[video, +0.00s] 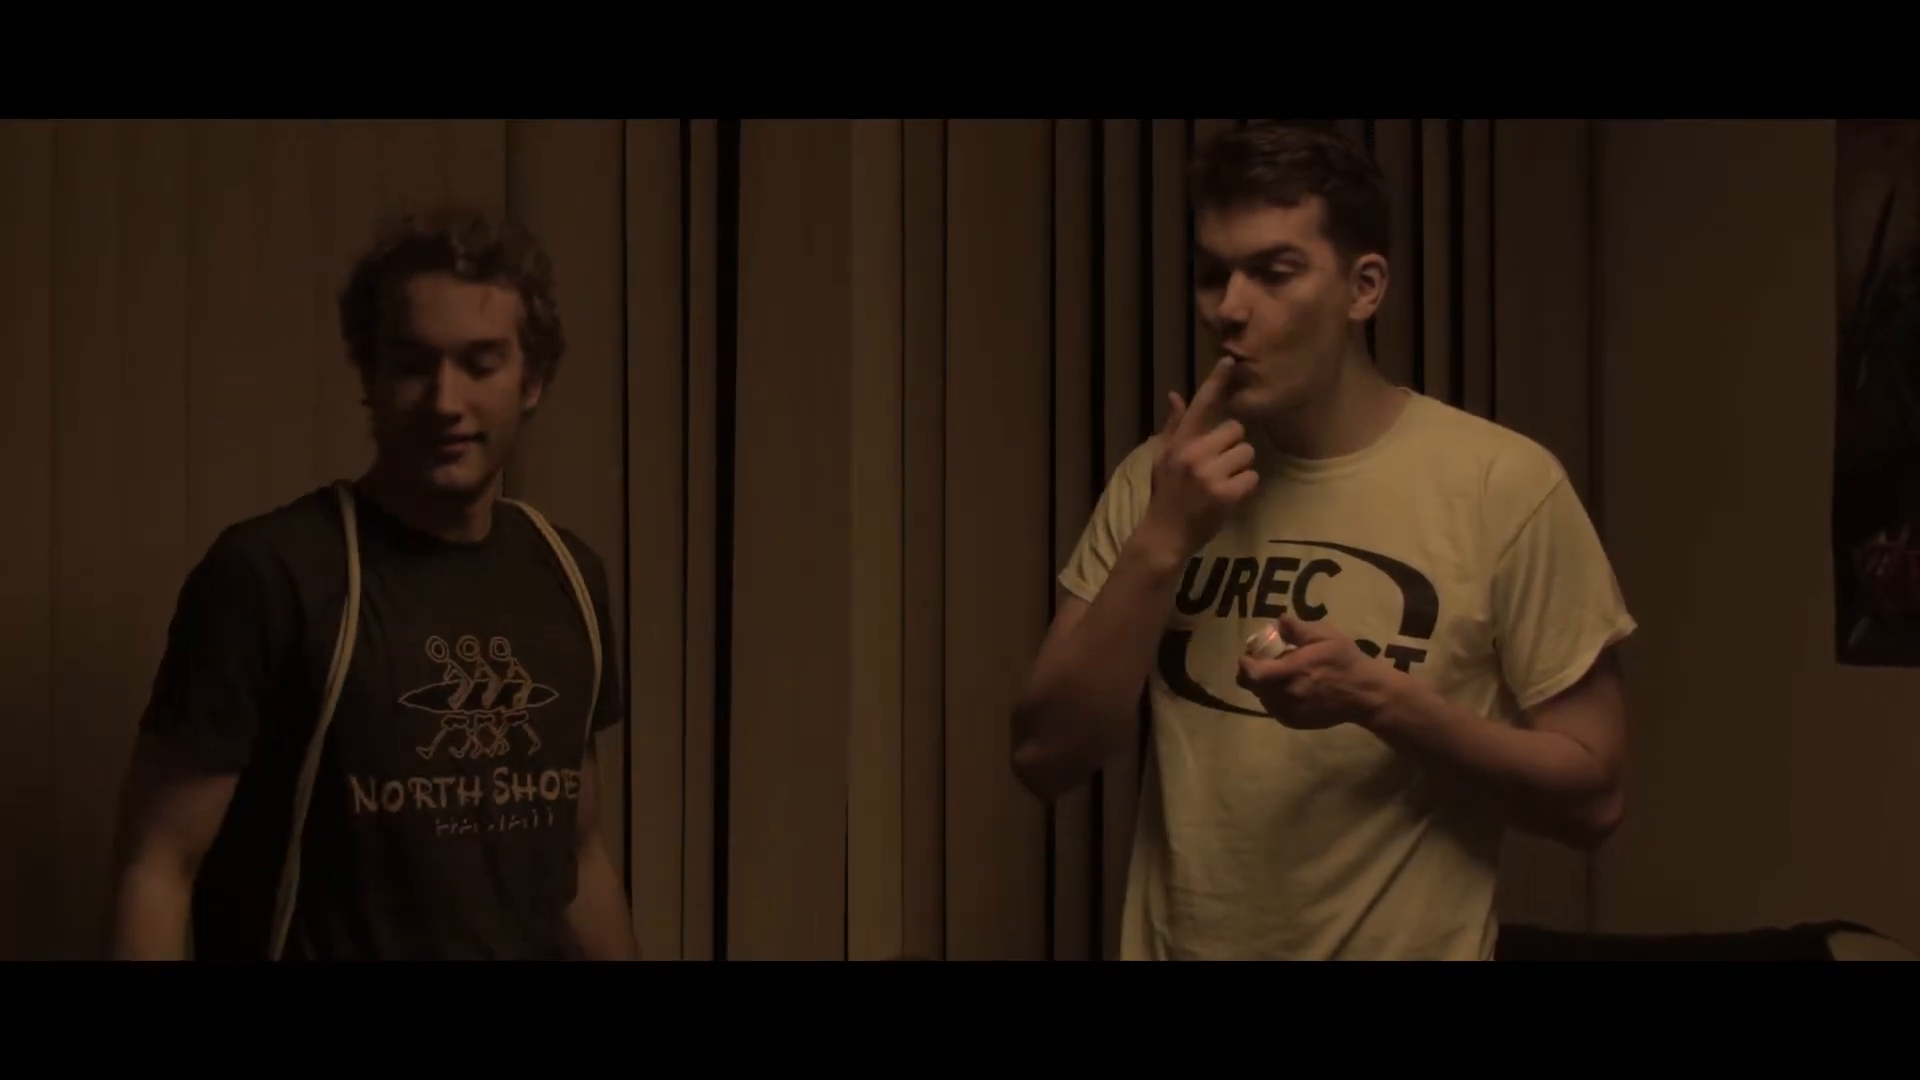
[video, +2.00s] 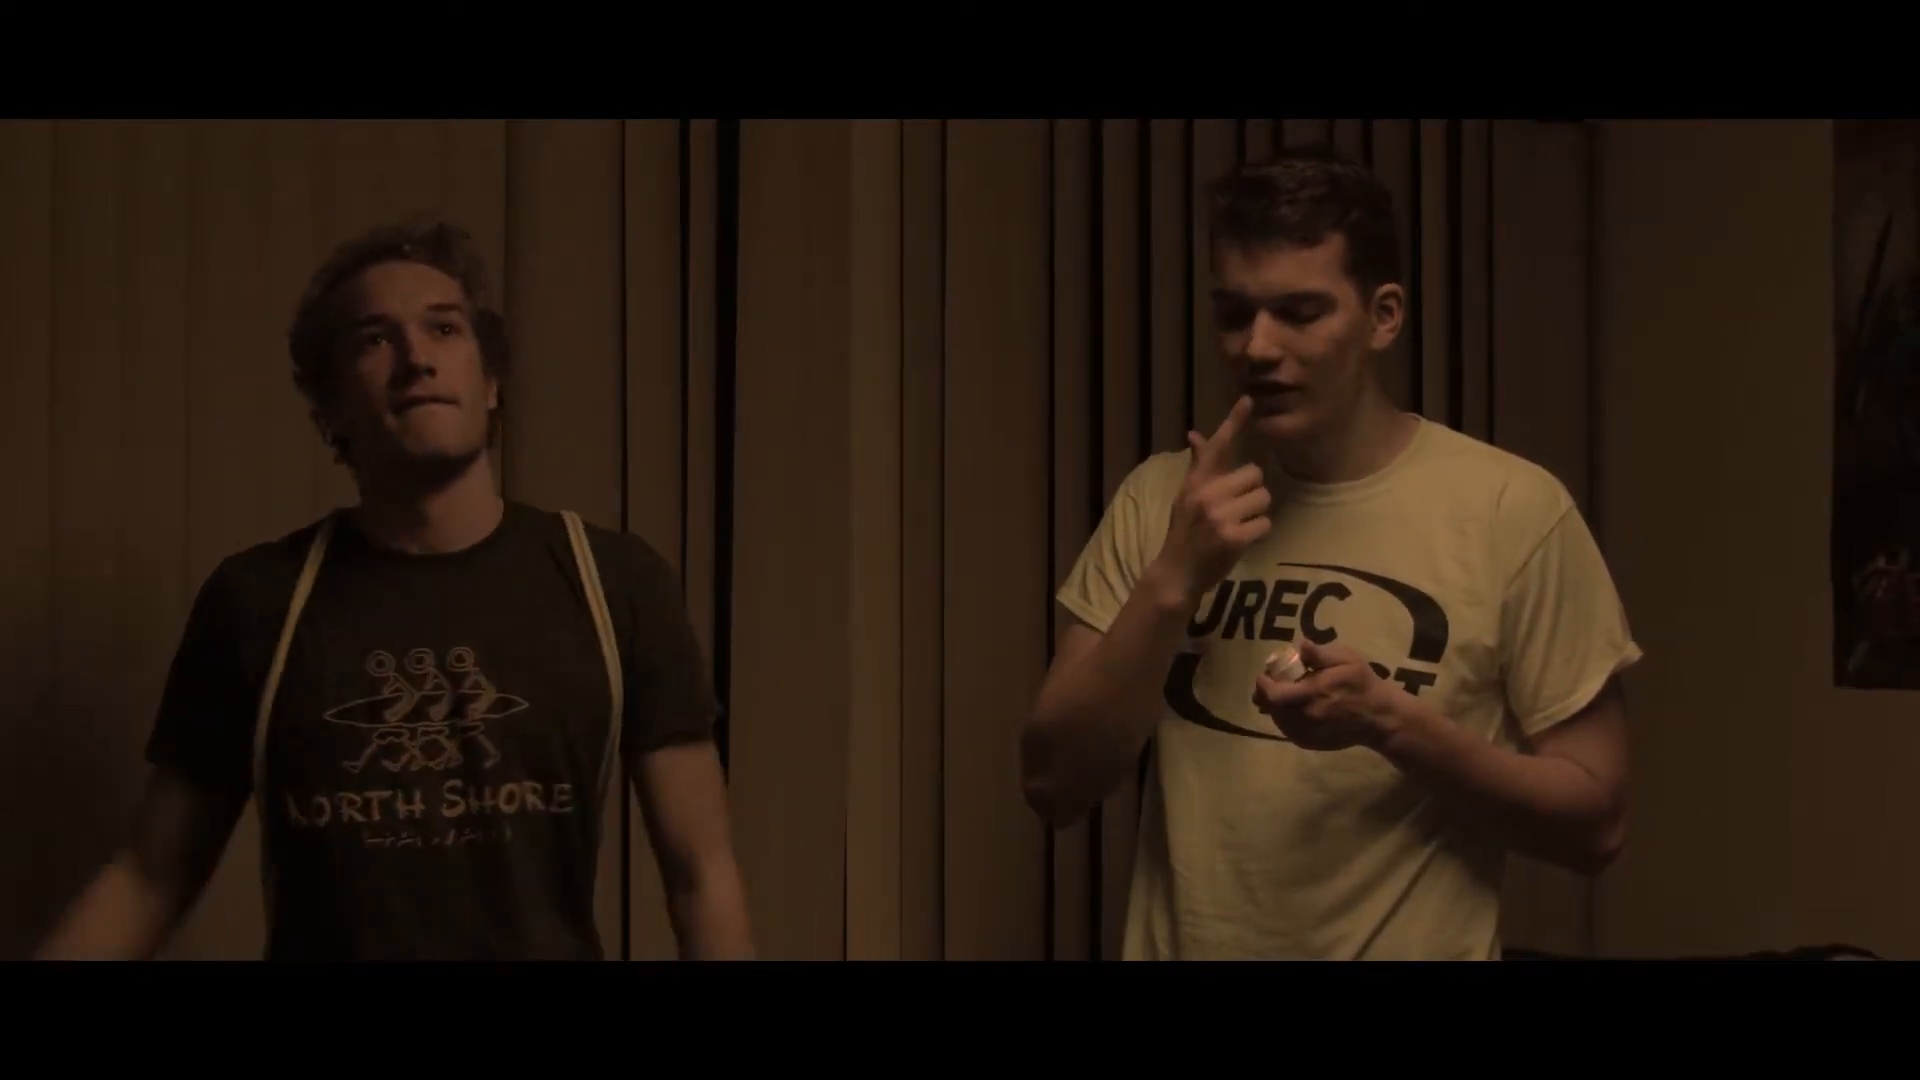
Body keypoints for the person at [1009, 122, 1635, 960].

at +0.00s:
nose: (1228, 310)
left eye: (1275, 272)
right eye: (1215, 275)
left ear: (1365, 287)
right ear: (1198, 283)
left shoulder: (1508, 489)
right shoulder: (1157, 478)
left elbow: (1593, 795)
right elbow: (1044, 757)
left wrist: (1383, 696)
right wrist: (1162, 536)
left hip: (1407, 946)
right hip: (1173, 942)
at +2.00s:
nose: (1258, 348)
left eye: (1300, 311)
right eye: (1235, 315)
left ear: (1384, 316)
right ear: (1215, 320)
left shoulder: (1514, 514)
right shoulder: (1158, 500)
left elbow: (1596, 818)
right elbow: (1054, 784)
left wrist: (1390, 720)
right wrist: (1173, 576)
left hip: (1413, 950)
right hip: (1176, 946)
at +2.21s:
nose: (1287, 363)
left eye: (1327, 325)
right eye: (1258, 326)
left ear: (1399, 320)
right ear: (1231, 318)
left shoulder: (1516, 516)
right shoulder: (1154, 504)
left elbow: (1593, 820)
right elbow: (1073, 804)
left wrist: (1395, 718)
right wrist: (1160, 686)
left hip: (1417, 946)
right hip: (1179, 944)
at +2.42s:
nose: (1291, 368)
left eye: (1332, 331)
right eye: (1262, 330)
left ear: (1404, 323)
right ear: (1235, 319)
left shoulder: (1517, 518)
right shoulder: (1157, 503)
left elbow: (1592, 822)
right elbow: (1069, 793)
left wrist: (1394, 721)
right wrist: (1162, 705)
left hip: (1414, 947)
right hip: (1182, 944)